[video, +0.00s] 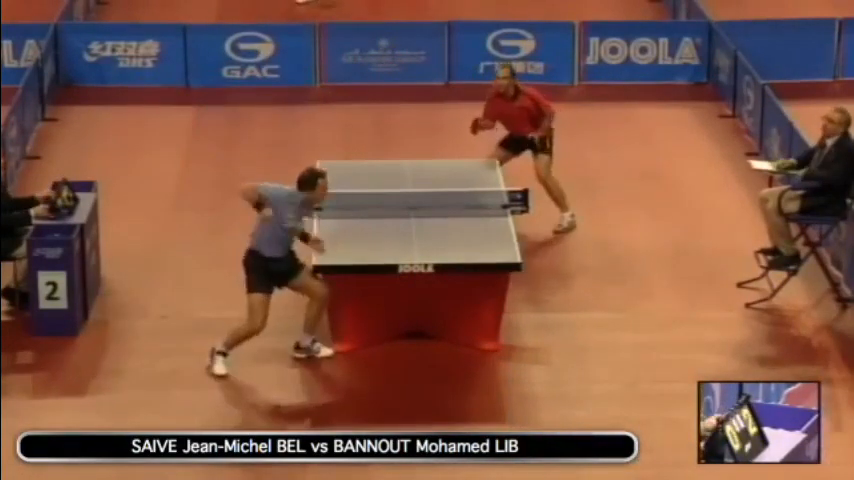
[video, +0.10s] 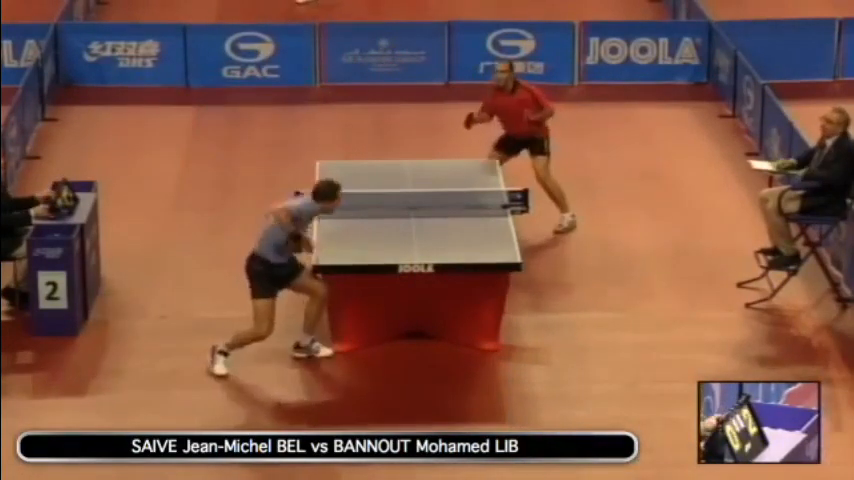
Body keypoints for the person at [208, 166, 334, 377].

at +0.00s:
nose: (326, 192)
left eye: (326, 187)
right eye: (323, 188)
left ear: (313, 188)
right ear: (312, 189)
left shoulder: (306, 205)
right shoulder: (284, 196)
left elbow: (291, 226)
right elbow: (248, 191)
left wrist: (308, 239)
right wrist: (261, 207)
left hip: (283, 259)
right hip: (259, 259)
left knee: (320, 292)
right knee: (256, 324)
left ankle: (306, 342)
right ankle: (220, 352)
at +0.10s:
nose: (339, 204)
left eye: (339, 199)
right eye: (337, 200)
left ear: (322, 197)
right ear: (328, 201)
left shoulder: (311, 207)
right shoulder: (305, 205)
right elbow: (278, 211)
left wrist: (300, 241)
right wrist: (295, 236)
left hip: (283, 263)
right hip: (261, 264)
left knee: (319, 291)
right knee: (262, 330)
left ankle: (305, 342)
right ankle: (221, 351)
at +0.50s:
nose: (339, 177)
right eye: (339, 173)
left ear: (316, 169)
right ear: (337, 173)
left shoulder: (297, 184)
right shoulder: (333, 192)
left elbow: (268, 205)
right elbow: (324, 222)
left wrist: (271, 234)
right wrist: (332, 249)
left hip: (274, 247)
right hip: (296, 251)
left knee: (289, 295)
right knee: (322, 311)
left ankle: (277, 345)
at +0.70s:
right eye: (335, 184)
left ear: (312, 184)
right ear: (334, 187)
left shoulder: (294, 204)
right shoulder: (332, 214)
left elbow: (268, 230)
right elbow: (334, 255)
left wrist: (270, 253)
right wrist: (352, 268)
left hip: (279, 269)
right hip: (307, 275)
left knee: (280, 305)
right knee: (340, 324)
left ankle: (262, 357)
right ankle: (333, 383)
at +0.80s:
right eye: (333, 180)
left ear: (311, 178)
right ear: (333, 183)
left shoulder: (293, 196)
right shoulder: (327, 212)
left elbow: (266, 220)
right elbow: (332, 255)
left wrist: (276, 242)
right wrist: (355, 264)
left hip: (272, 265)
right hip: (300, 271)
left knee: (269, 300)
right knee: (330, 320)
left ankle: (256, 352)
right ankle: (331, 382)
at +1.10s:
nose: (312, 212)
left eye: (312, 208)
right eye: (310, 208)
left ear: (292, 206)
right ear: (301, 211)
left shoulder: (283, 224)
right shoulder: (275, 231)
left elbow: (272, 244)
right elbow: (236, 258)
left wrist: (286, 252)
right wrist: (234, 294)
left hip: (248, 286)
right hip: (255, 290)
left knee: (217, 316)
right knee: (299, 319)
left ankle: (175, 341)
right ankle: (302, 377)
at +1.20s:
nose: (288, 221)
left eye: (287, 217)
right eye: (288, 217)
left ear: (270, 210)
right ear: (283, 218)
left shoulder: (266, 231)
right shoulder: (252, 234)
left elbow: (249, 254)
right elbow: (209, 246)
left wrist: (262, 263)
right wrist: (205, 281)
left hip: (233, 289)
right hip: (240, 293)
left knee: (214, 321)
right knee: (289, 321)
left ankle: (165, 343)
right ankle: (301, 378)